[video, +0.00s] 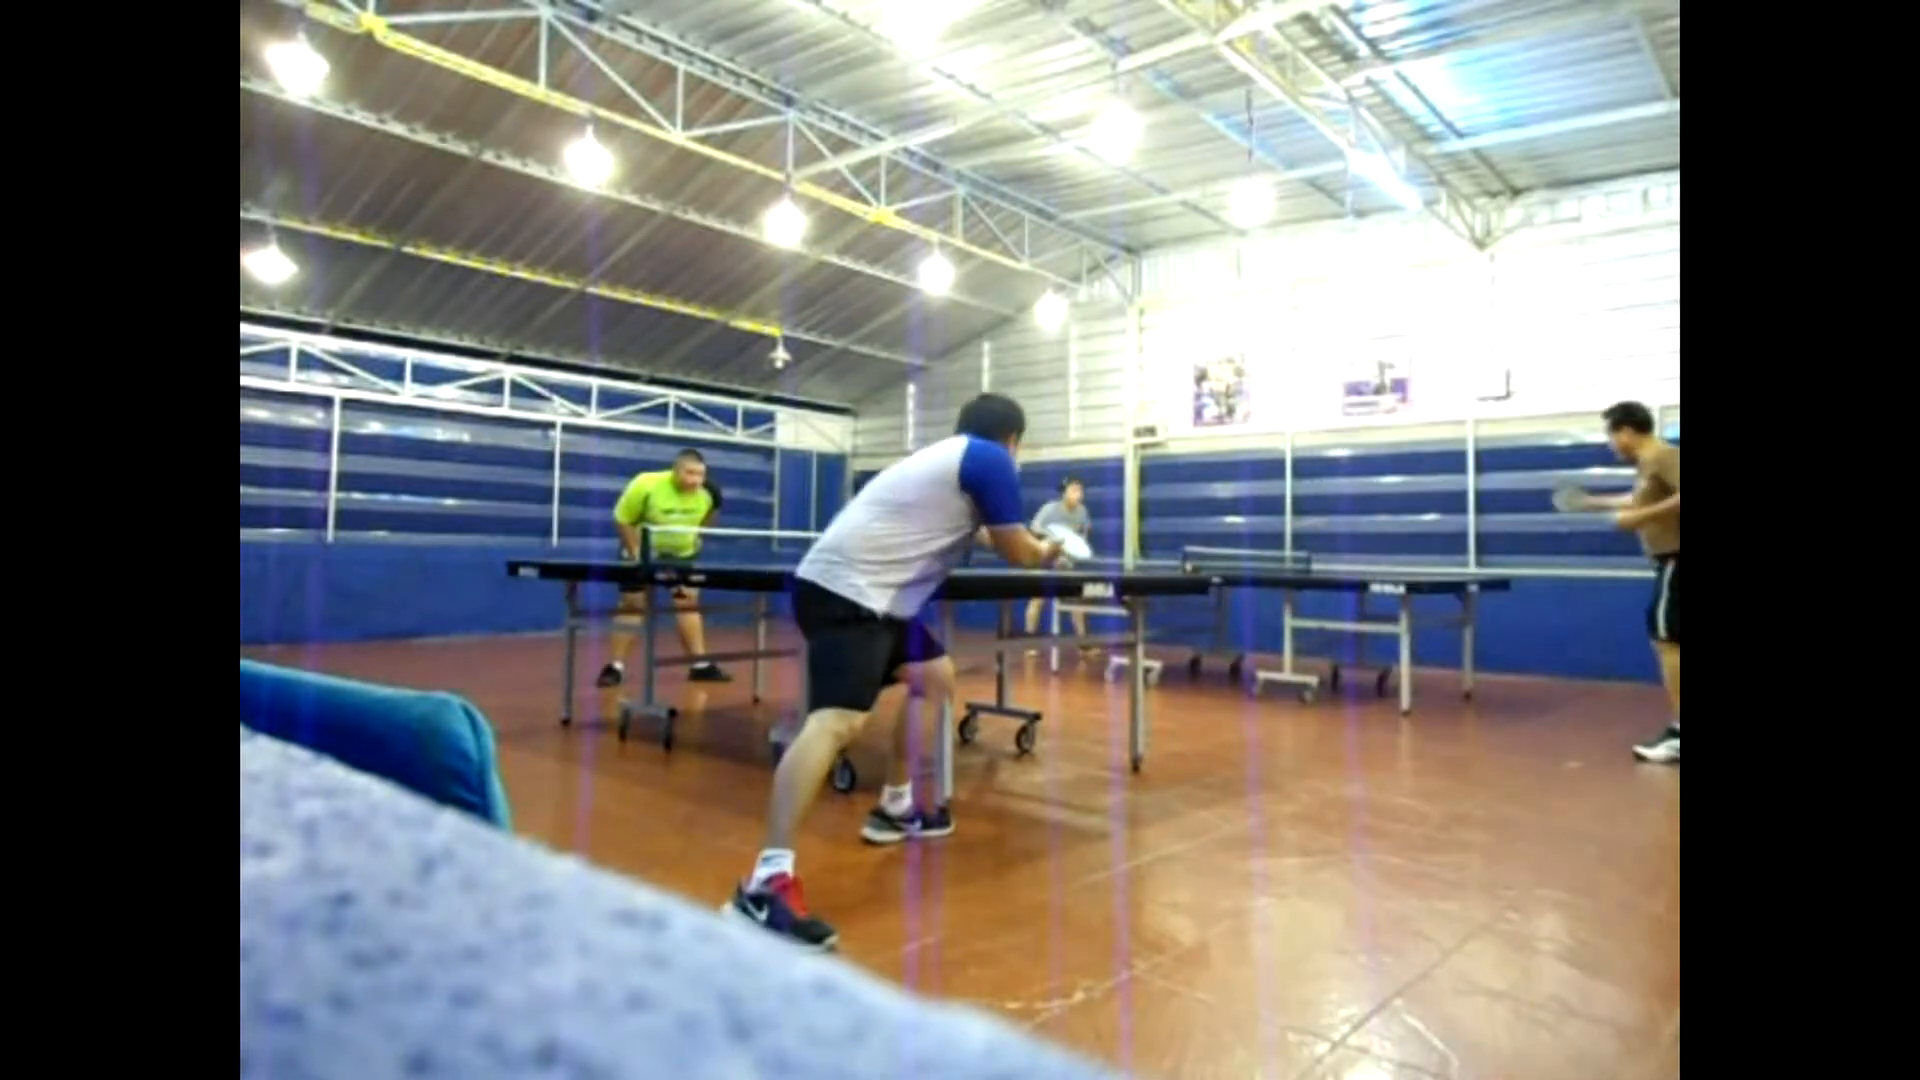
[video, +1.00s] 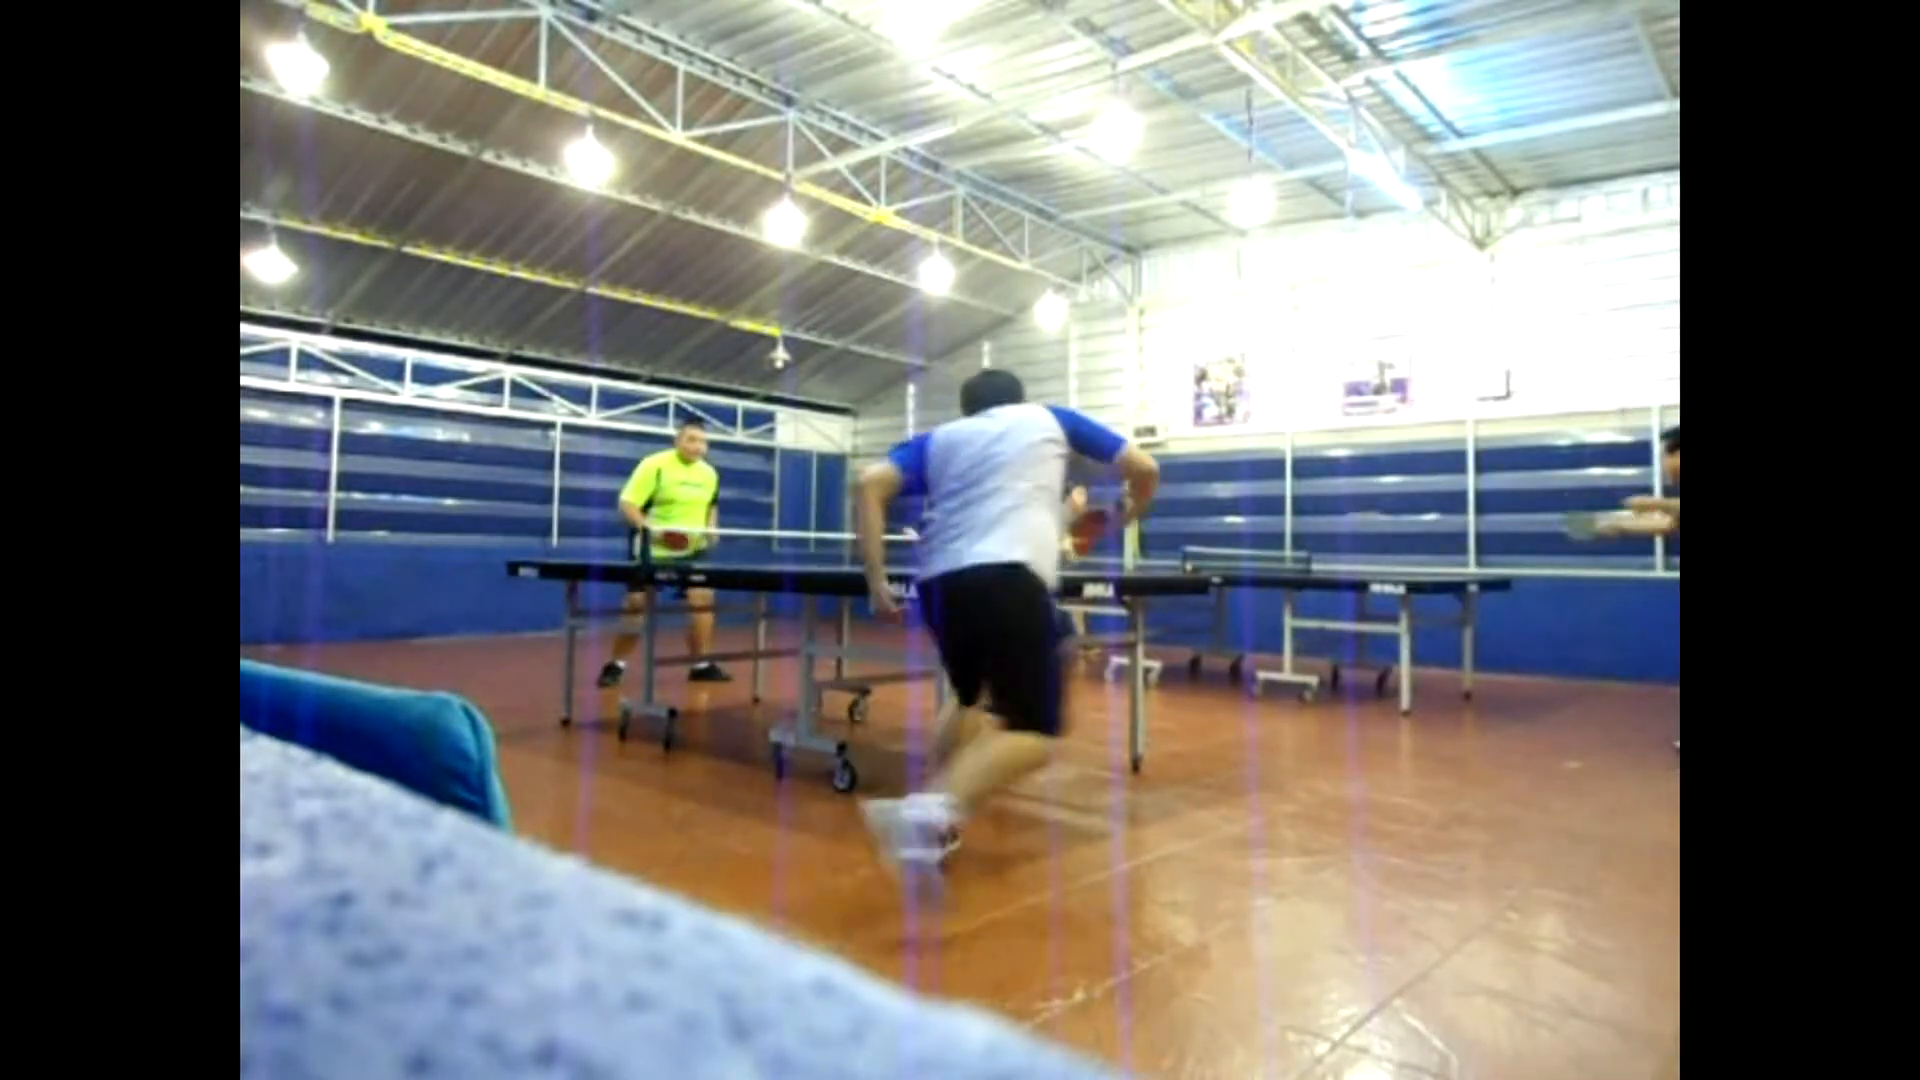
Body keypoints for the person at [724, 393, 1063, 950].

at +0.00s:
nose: (1019, 452)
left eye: (1020, 444)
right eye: (1019, 443)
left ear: (968, 430)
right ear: (1009, 437)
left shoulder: (943, 455)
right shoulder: (987, 459)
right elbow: (1017, 551)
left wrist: (1033, 547)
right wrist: (1047, 553)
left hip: (874, 595)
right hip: (844, 589)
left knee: (936, 675)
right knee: (836, 721)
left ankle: (902, 805)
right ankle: (768, 877)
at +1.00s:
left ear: (967, 410)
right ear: (1021, 400)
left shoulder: (938, 440)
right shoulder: (1049, 418)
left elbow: (871, 483)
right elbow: (1143, 468)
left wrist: (876, 580)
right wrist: (1131, 513)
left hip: (942, 583)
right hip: (1013, 576)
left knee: (965, 697)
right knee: (1035, 733)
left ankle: (936, 811)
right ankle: (937, 806)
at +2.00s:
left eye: (1191, 410)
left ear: (1194, 411)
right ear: (1254, 414)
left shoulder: (1156, 457)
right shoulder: (1292, 458)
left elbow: (1086, 533)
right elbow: (1330, 557)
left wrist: (1104, 583)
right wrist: (1272, 571)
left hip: (1195, 628)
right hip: (1289, 627)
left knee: (1124, 744)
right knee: (1301, 695)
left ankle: (1128, 887)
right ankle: (1319, 824)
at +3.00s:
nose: (1201, 414)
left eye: (1204, 403)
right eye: (1201, 403)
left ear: (1224, 402)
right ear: (1264, 401)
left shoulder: (1217, 442)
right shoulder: (1320, 442)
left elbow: (1187, 523)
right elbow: (1364, 520)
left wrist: (1156, 608)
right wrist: (1363, 586)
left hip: (1283, 592)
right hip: (1359, 591)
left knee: (1197, 686)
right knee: (1323, 682)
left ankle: (1193, 828)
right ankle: (1366, 799)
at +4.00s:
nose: (1291, 400)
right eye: (1288, 391)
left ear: (1215, 384)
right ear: (1277, 389)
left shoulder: (1162, 433)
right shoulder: (1284, 429)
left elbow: (1077, 479)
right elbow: (1294, 493)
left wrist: (1138, 508)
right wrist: (1386, 570)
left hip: (1143, 622)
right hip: (1239, 625)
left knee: (1103, 748)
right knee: (1303, 734)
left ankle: (1067, 882)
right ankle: (1361, 843)